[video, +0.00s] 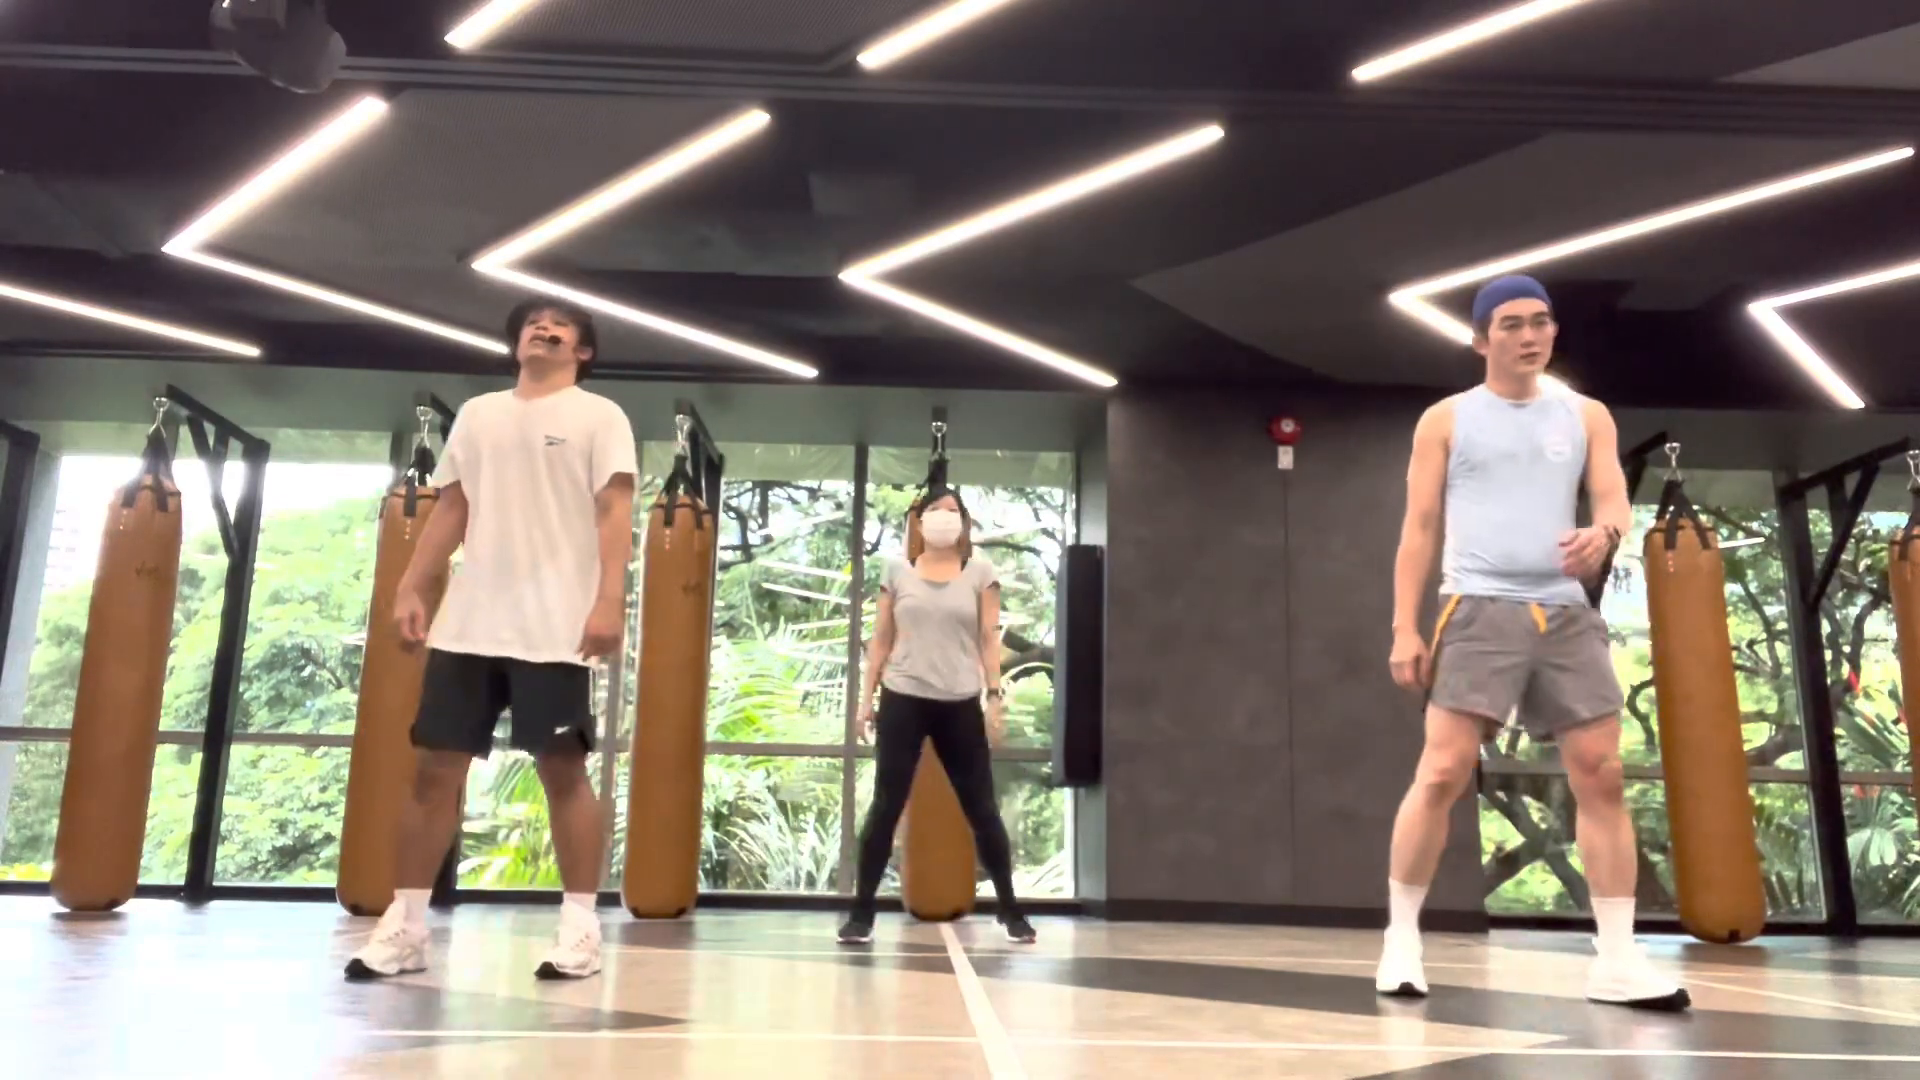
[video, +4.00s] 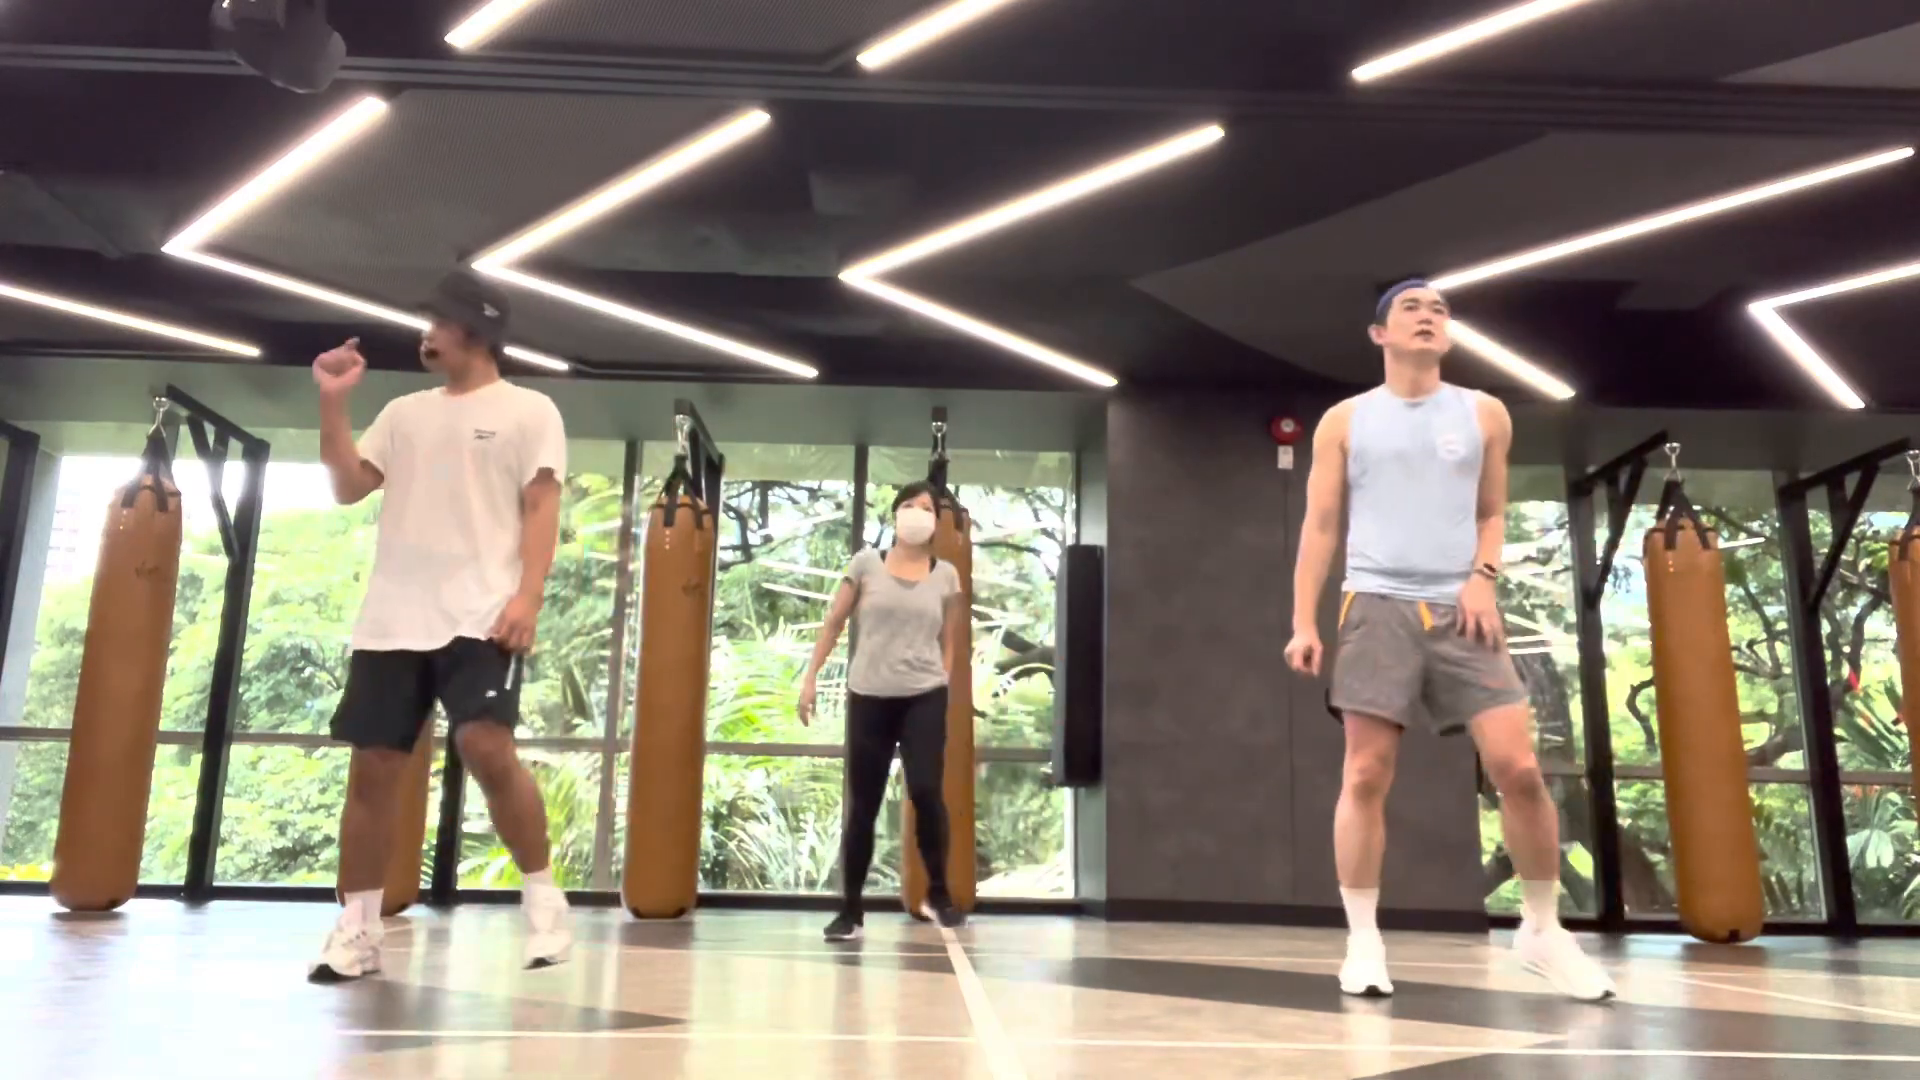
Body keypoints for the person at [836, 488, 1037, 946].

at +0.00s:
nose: (945, 517)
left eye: (954, 511)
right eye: (936, 511)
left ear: (966, 526)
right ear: (918, 524)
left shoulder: (980, 572)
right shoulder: (899, 572)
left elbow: (990, 639)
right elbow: (881, 641)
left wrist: (994, 695)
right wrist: (867, 697)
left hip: (960, 704)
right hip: (902, 701)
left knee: (984, 810)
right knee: (886, 807)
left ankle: (1008, 906)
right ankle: (862, 912)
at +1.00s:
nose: (973, 514)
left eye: (981, 508)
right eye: (964, 507)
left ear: (991, 523)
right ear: (949, 521)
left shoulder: (1008, 580)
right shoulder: (928, 567)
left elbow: (1010, 642)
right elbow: (901, 632)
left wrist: (1012, 692)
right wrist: (884, 691)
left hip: (993, 705)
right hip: (933, 704)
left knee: (1013, 810)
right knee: (905, 808)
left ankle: (1031, 910)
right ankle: (863, 909)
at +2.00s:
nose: (924, 523)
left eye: (934, 518)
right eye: (915, 515)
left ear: (945, 531)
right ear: (900, 526)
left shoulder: (954, 580)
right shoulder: (872, 574)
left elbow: (965, 648)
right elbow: (852, 640)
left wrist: (978, 702)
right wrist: (832, 693)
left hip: (932, 701)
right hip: (873, 702)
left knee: (963, 797)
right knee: (869, 807)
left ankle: (1002, 895)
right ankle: (859, 907)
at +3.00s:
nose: (1007, 518)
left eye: (1013, 512)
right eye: (997, 512)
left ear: (1023, 526)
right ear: (980, 526)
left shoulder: (1040, 578)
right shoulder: (960, 570)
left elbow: (1055, 642)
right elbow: (941, 636)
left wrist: (1071, 699)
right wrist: (930, 695)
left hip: (1024, 705)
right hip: (967, 703)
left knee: (1034, 811)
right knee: (941, 802)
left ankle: (1040, 911)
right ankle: (911, 892)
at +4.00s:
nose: (917, 514)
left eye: (926, 509)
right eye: (909, 507)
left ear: (938, 523)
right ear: (894, 519)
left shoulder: (946, 576)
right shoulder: (867, 562)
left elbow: (948, 640)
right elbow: (833, 623)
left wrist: (944, 689)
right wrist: (810, 677)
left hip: (926, 695)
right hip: (869, 695)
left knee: (926, 792)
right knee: (861, 807)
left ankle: (938, 894)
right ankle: (851, 911)